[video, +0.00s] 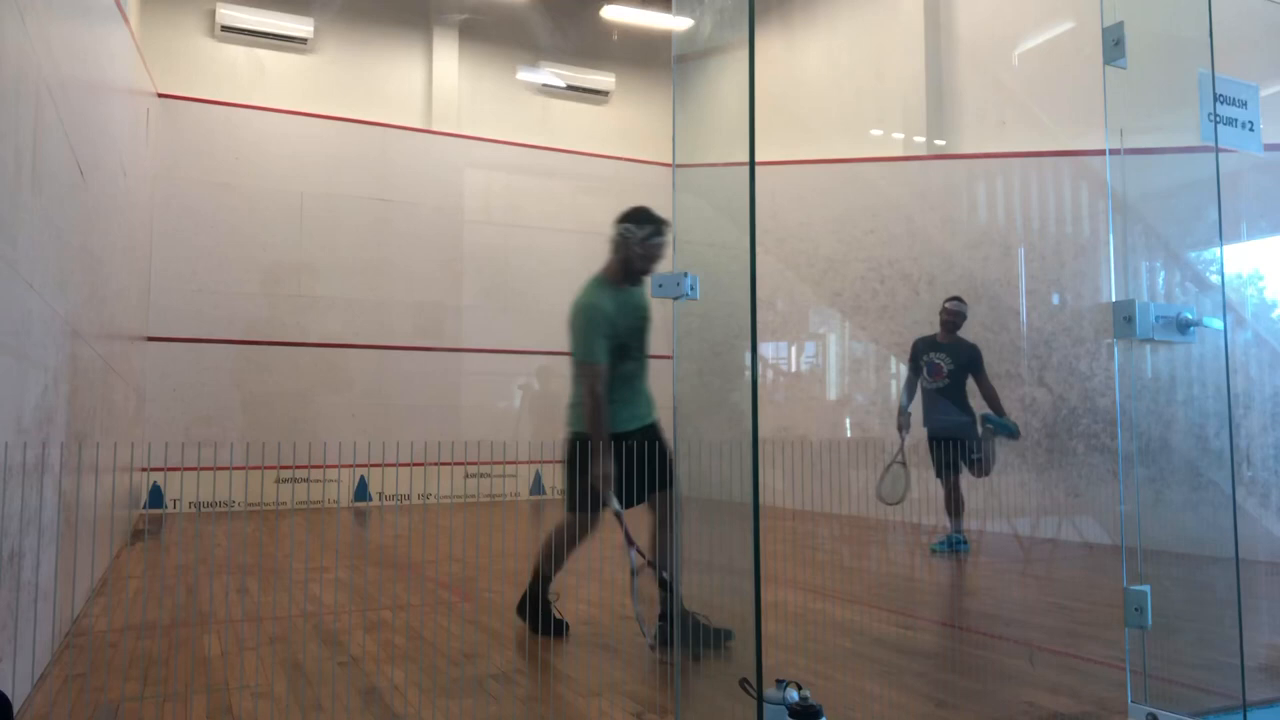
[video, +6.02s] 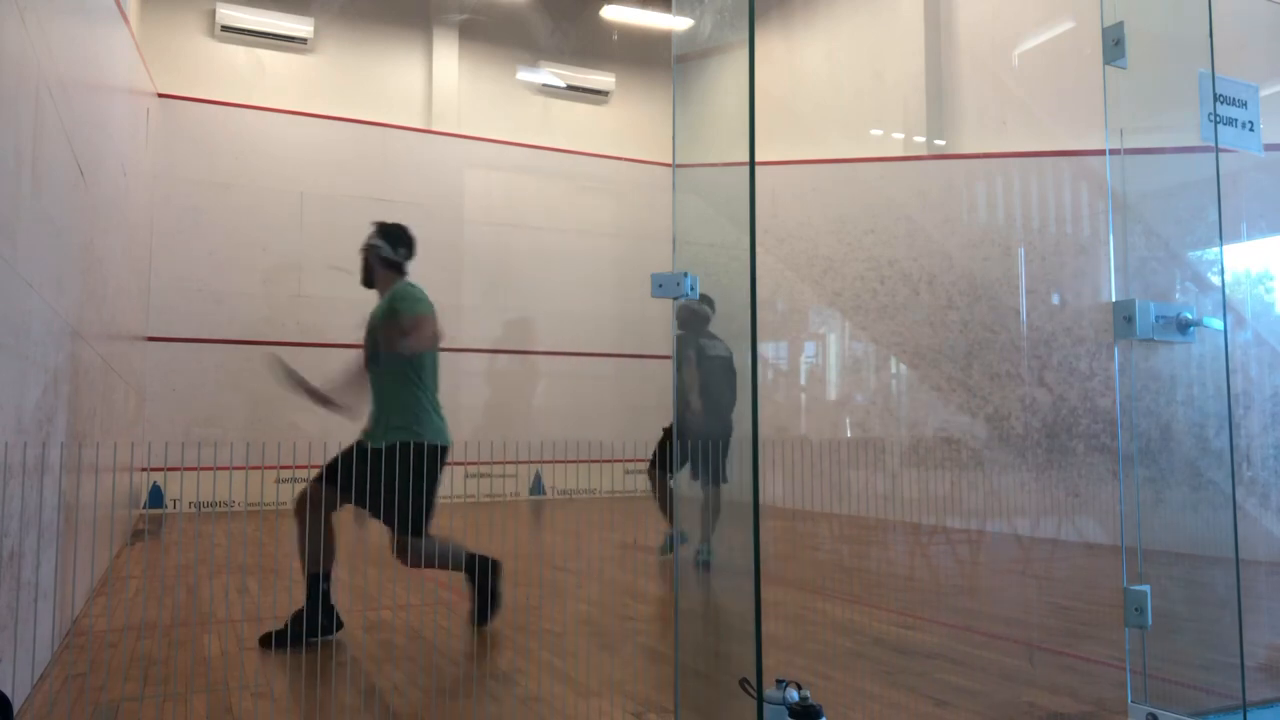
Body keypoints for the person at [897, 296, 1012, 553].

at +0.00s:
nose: (950, 318)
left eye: (957, 315)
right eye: (947, 313)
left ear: (964, 320)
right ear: (939, 314)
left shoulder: (969, 351)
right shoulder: (921, 346)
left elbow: (985, 387)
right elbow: (912, 380)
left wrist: (1004, 420)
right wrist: (903, 410)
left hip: (963, 423)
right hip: (936, 425)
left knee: (980, 470)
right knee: (949, 483)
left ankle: (989, 432)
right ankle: (957, 535)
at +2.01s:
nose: (967, 332)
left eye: (971, 326)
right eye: (964, 327)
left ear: (984, 325)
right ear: (964, 328)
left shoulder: (1001, 352)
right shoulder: (971, 357)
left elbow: (1032, 380)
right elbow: (969, 392)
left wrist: (1016, 413)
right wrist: (945, 393)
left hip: (997, 425)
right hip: (980, 425)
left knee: (994, 479)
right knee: (988, 480)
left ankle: (1007, 533)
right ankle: (1003, 531)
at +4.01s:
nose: (876, 329)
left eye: (882, 325)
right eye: (873, 324)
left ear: (893, 328)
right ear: (869, 327)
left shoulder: (907, 357)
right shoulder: (864, 359)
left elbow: (921, 391)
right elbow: (852, 389)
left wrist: (922, 424)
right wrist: (859, 406)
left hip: (903, 426)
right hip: (876, 427)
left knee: (904, 477)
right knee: (882, 478)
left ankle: (909, 528)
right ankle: (899, 520)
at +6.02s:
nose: (678, 319)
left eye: (681, 314)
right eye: (680, 313)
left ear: (687, 317)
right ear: (707, 318)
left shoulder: (685, 341)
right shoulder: (722, 346)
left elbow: (689, 369)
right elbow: (731, 387)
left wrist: (693, 401)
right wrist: (724, 414)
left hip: (689, 423)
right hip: (718, 426)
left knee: (657, 473)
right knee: (712, 485)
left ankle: (675, 529)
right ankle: (705, 546)